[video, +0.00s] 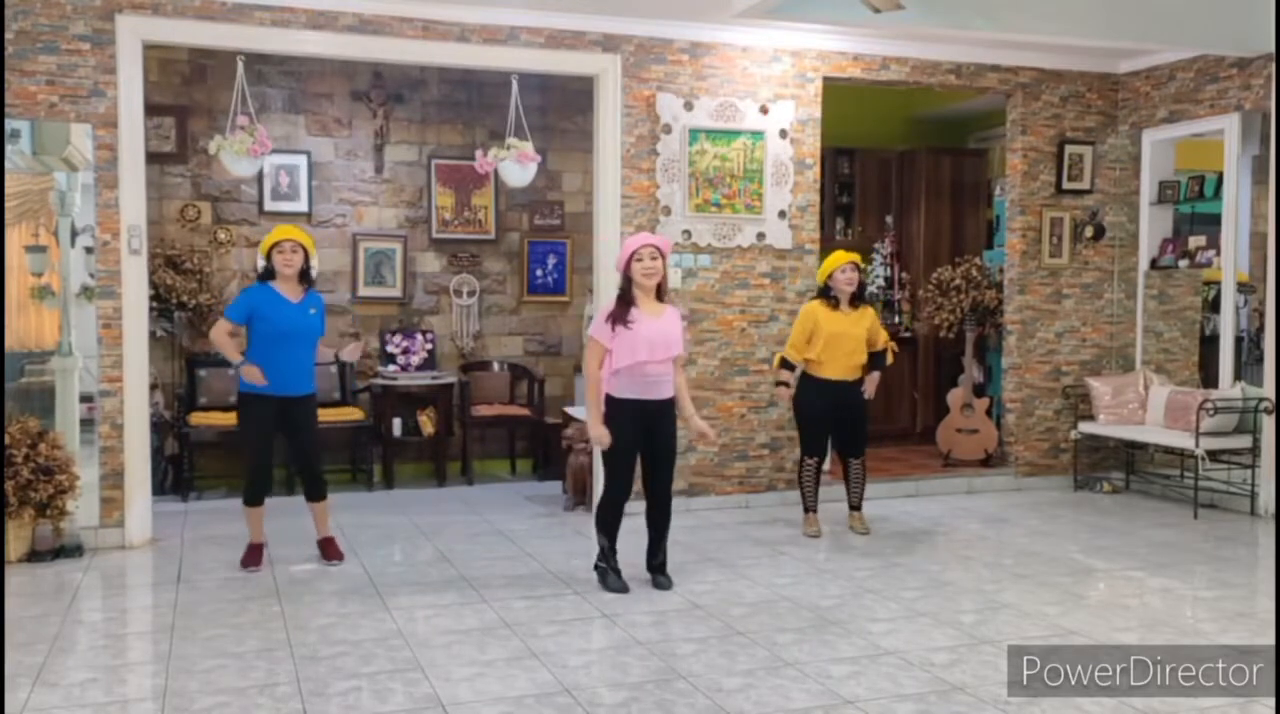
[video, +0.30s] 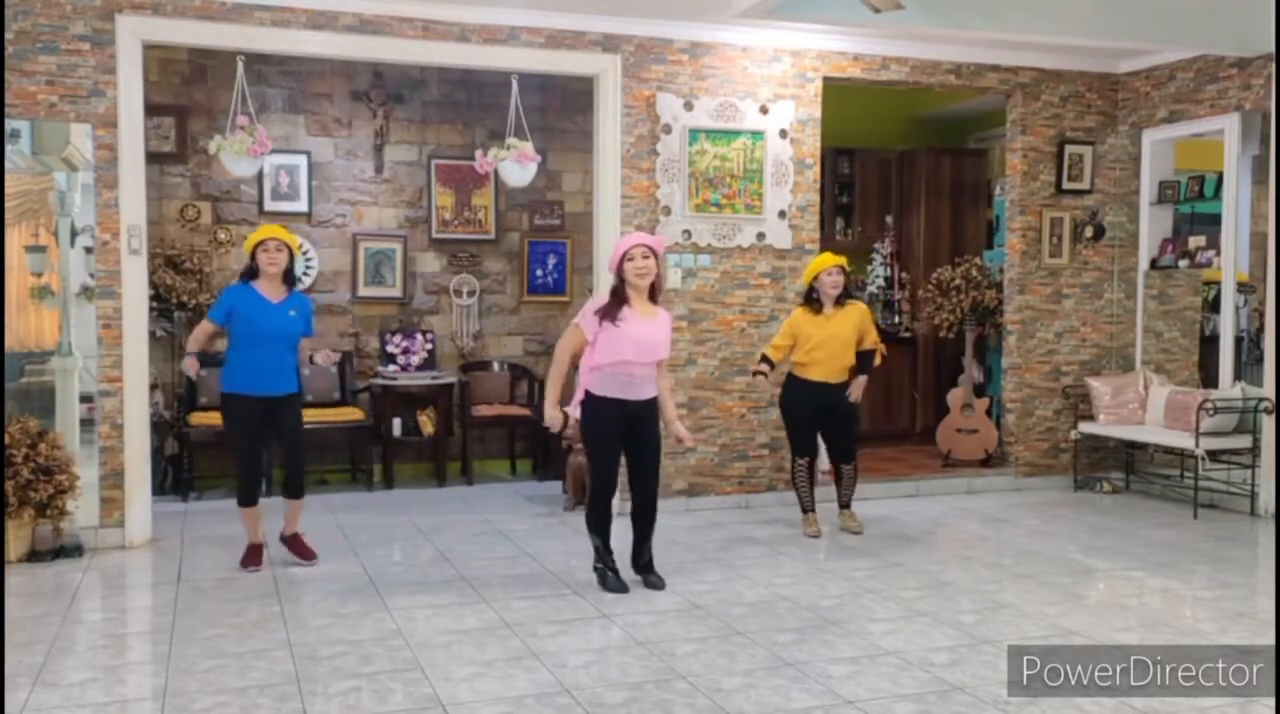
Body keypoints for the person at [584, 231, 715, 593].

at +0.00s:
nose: (648, 265)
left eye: (655, 259)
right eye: (640, 259)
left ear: (664, 268)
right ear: (628, 269)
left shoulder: (673, 316)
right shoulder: (613, 314)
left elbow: (678, 371)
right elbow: (592, 365)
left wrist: (692, 418)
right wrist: (595, 420)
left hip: (662, 409)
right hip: (621, 409)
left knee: (660, 491)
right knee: (617, 489)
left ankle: (658, 564)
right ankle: (606, 561)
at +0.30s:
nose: (640, 264)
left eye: (647, 258)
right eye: (632, 259)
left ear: (657, 268)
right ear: (620, 268)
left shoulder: (662, 318)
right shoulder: (601, 309)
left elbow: (662, 373)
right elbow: (564, 350)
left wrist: (673, 421)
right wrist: (551, 405)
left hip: (645, 410)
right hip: (601, 408)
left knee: (646, 490)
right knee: (603, 487)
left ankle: (643, 560)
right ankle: (603, 563)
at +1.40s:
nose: (634, 266)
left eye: (639, 259)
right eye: (625, 259)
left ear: (647, 267)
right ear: (610, 268)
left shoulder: (667, 300)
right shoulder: (606, 313)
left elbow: (692, 351)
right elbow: (600, 371)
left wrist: (719, 391)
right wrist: (596, 417)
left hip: (667, 406)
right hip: (624, 407)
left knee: (658, 489)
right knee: (622, 488)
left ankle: (647, 563)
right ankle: (620, 559)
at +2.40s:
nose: (639, 264)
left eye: (645, 258)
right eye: (630, 259)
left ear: (655, 267)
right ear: (618, 269)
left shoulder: (658, 315)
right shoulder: (606, 310)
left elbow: (653, 370)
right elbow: (571, 354)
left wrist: (667, 412)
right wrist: (569, 413)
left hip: (650, 410)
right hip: (611, 411)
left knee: (648, 494)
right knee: (612, 492)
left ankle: (643, 565)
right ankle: (600, 565)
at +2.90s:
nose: (633, 271)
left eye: (639, 264)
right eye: (624, 266)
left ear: (650, 271)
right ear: (613, 276)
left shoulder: (660, 322)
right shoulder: (597, 315)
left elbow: (659, 378)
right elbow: (565, 358)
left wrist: (660, 425)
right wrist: (539, 402)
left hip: (633, 413)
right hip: (591, 408)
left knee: (623, 491)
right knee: (594, 487)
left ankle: (621, 563)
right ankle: (597, 564)